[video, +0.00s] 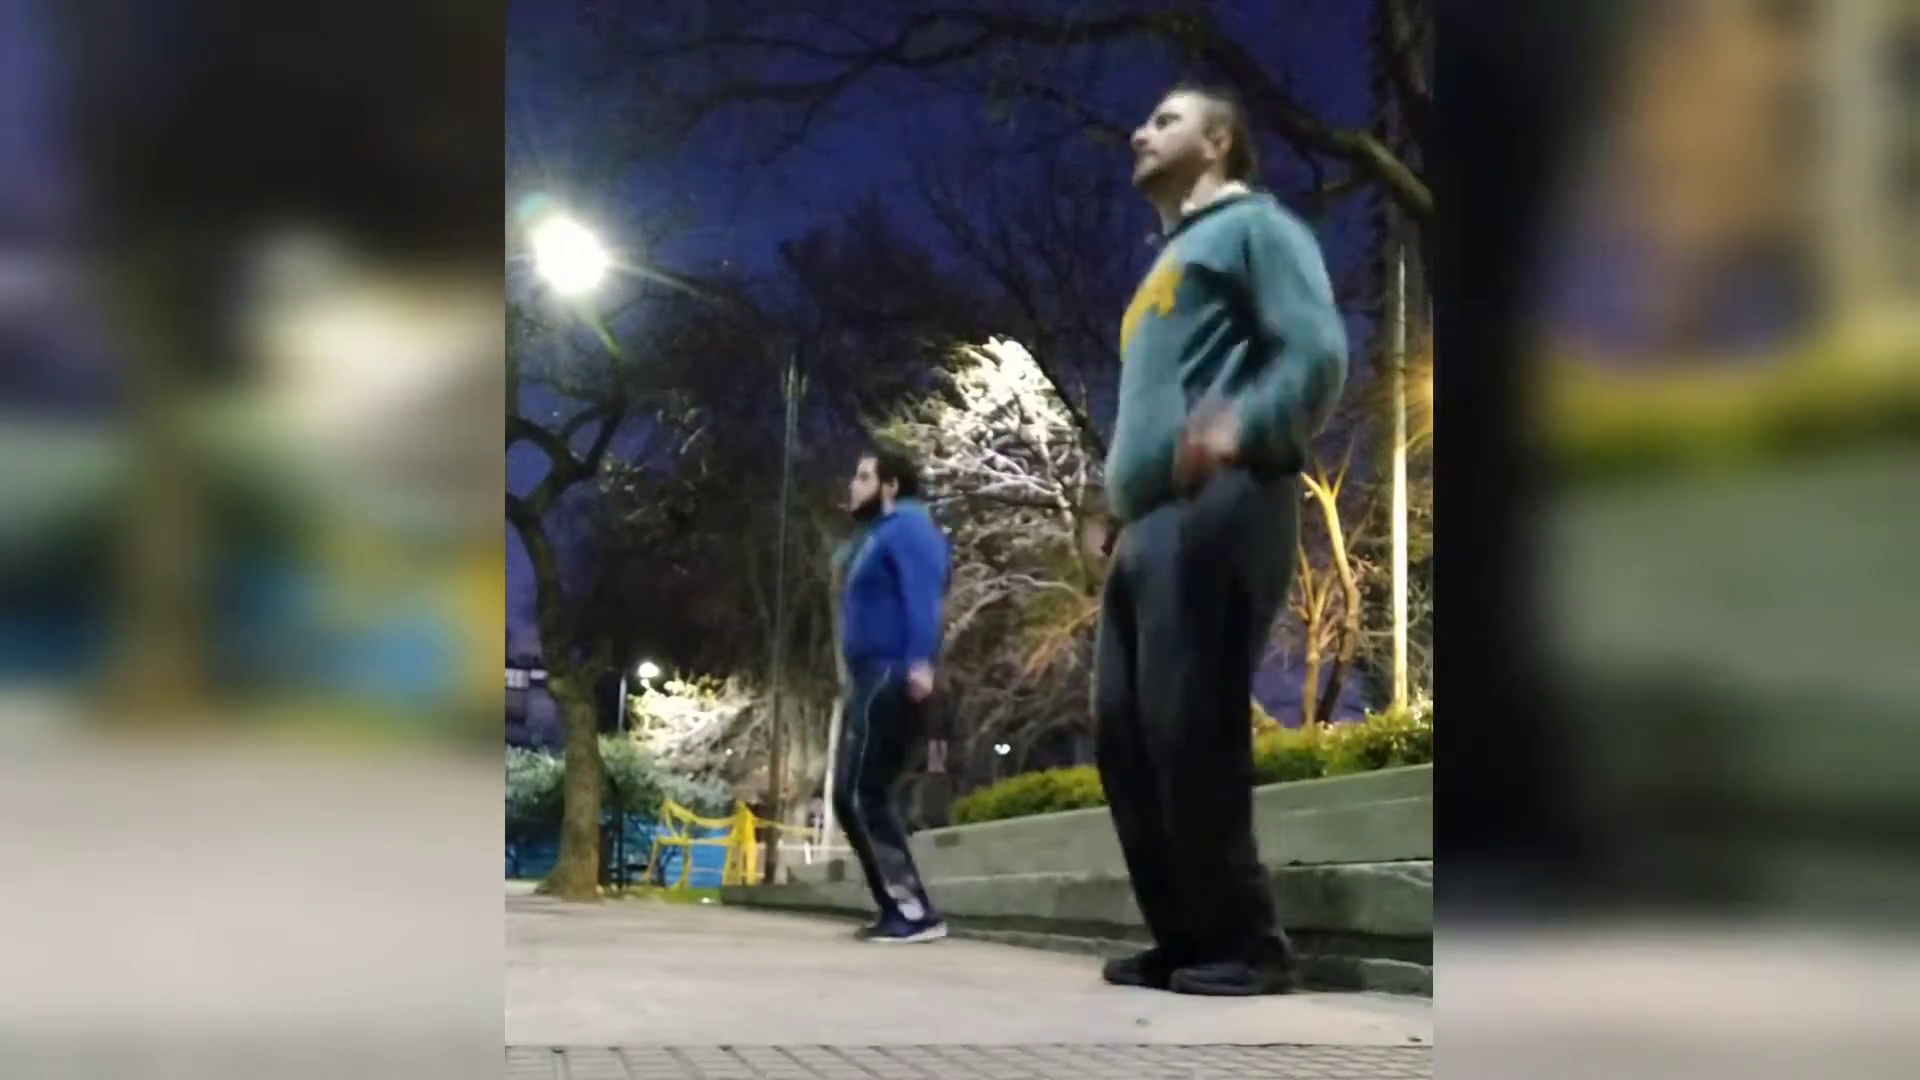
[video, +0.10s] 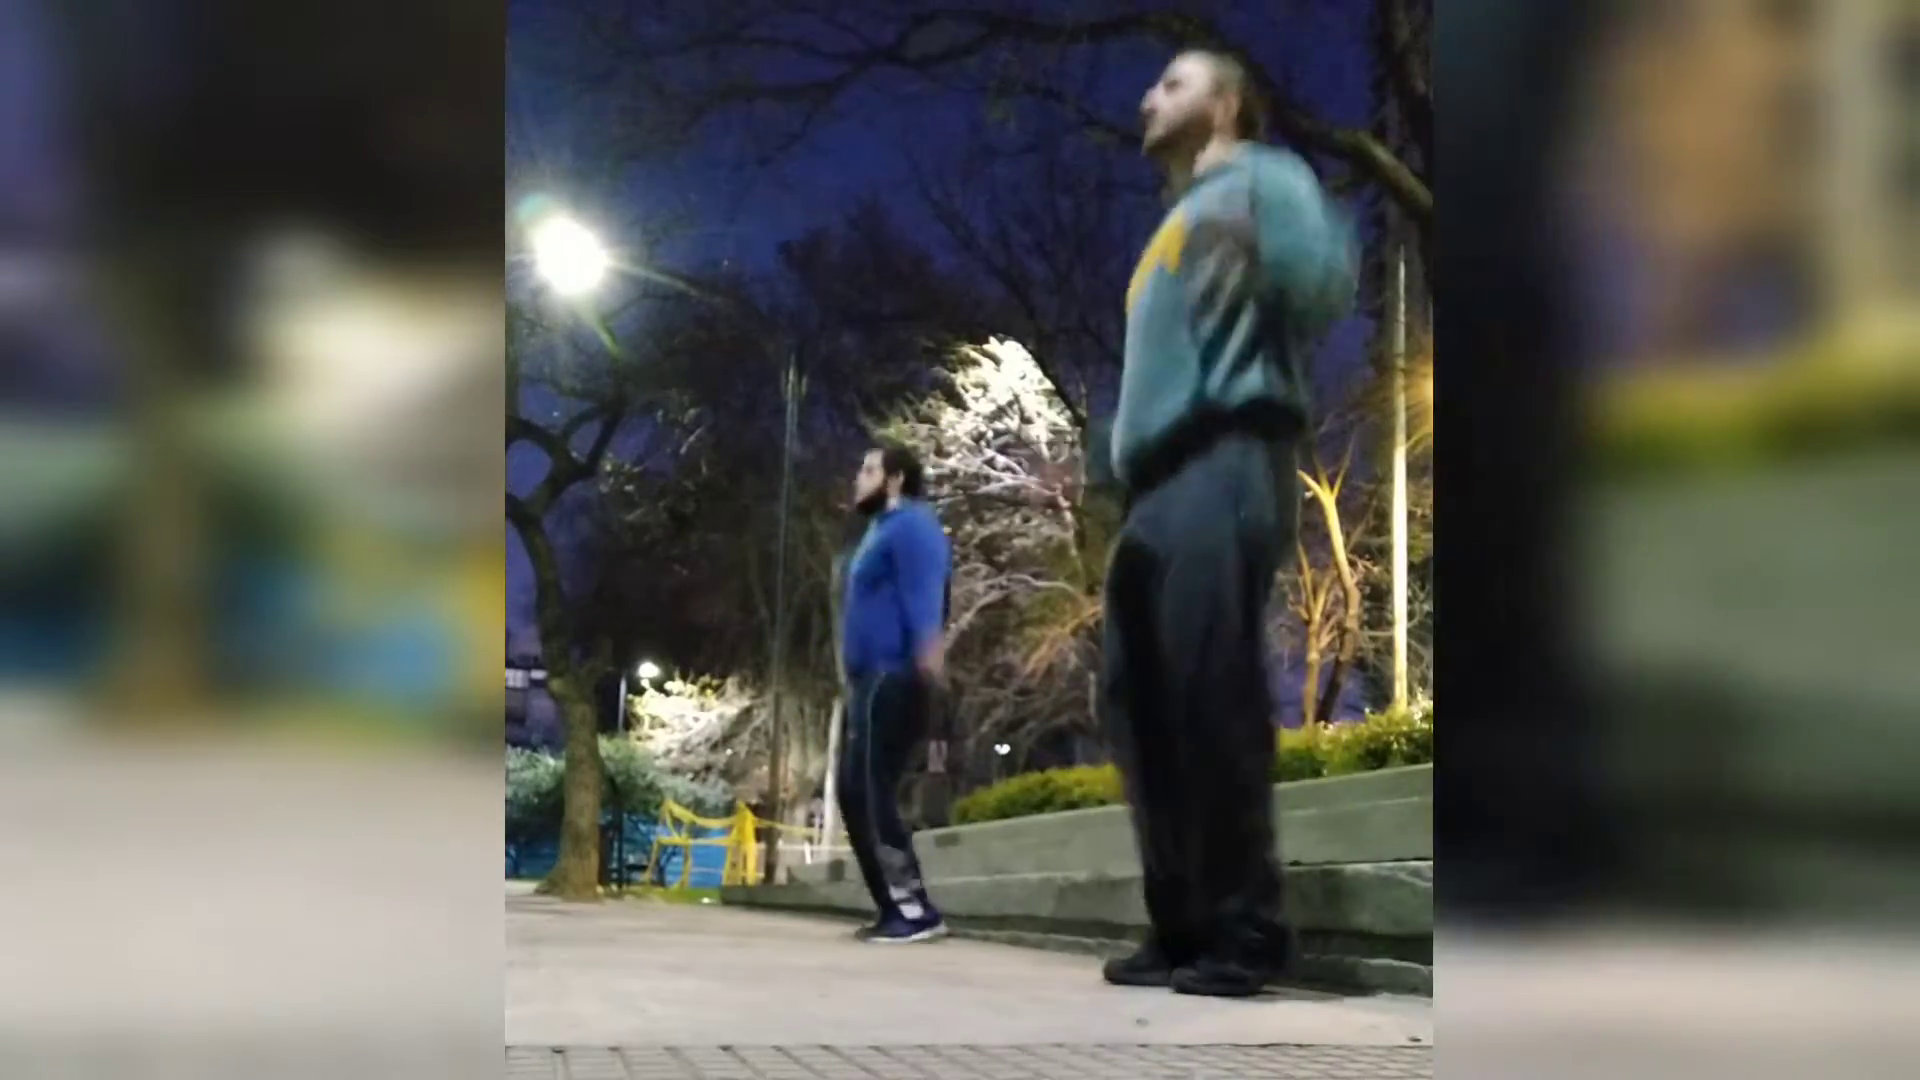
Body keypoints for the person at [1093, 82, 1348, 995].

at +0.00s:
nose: (1141, 133)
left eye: (1165, 119)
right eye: (1143, 122)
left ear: (1217, 141)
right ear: (1169, 153)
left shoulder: (1256, 224)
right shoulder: (1170, 255)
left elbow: (1317, 350)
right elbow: (1159, 395)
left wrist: (1242, 421)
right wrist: (1127, 511)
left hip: (1217, 508)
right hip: (1150, 520)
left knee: (1189, 724)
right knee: (1122, 732)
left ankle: (1245, 945)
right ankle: (1184, 938)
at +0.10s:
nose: (1151, 97)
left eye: (1173, 82)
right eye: (1154, 85)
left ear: (1227, 101)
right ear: (1180, 115)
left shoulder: (1268, 176)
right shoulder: (1177, 218)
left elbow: (1320, 286)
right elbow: (1165, 357)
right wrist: (1135, 459)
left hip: (1224, 461)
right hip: (1159, 478)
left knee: (1211, 694)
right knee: (1141, 702)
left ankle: (1248, 939)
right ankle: (1182, 932)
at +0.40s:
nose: (1169, 154)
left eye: (1190, 136)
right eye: (1163, 145)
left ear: (1237, 151)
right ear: (1167, 175)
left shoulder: (1264, 208)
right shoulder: (1159, 256)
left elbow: (1308, 34)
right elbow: (1131, 221)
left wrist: (1234, 30)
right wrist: (1161, 144)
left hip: (1246, 506)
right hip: (1175, 532)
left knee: (1258, 737)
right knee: (1127, 755)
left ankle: (1405, 952)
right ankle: (1154, 938)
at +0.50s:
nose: (1173, 136)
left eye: (1194, 121)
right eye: (1171, 128)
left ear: (1240, 139)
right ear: (1179, 164)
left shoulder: (1271, 199)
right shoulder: (1161, 255)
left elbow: (1322, 36)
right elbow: (1137, 231)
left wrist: (1232, 18)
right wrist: (1154, 152)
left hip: (1249, 490)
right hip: (1174, 515)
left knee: (1267, 734)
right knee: (1135, 737)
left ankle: (1398, 950)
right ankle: (1150, 935)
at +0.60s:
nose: (1174, 83)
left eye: (1198, 72)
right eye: (1176, 74)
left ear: (1250, 94)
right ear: (1185, 108)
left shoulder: (1272, 154)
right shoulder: (1181, 228)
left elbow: (1353, 72)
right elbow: (1131, 296)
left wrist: (1353, 2)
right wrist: (1052, 263)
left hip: (1251, 438)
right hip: (1180, 463)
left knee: (1273, 676)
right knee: (1150, 690)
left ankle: (1361, 928)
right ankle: (1147, 908)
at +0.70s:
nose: (1172, 79)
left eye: (1194, 64)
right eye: (1173, 69)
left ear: (1250, 87)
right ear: (1187, 100)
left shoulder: (1260, 150)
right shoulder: (1180, 211)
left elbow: (1314, 154)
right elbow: (1155, 356)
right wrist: (1050, 372)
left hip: (1250, 432)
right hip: (1180, 452)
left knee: (1258, 669)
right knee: (1147, 685)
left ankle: (1322, 913)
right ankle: (1182, 909)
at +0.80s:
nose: (1178, 95)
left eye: (1200, 84)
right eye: (1178, 87)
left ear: (1250, 112)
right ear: (1182, 122)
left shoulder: (1279, 177)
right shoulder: (1185, 229)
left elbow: (1366, 277)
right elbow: (1180, 376)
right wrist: (1119, 471)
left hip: (1244, 469)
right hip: (1174, 483)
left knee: (1241, 693)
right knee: (1149, 715)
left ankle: (1300, 943)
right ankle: (1210, 937)